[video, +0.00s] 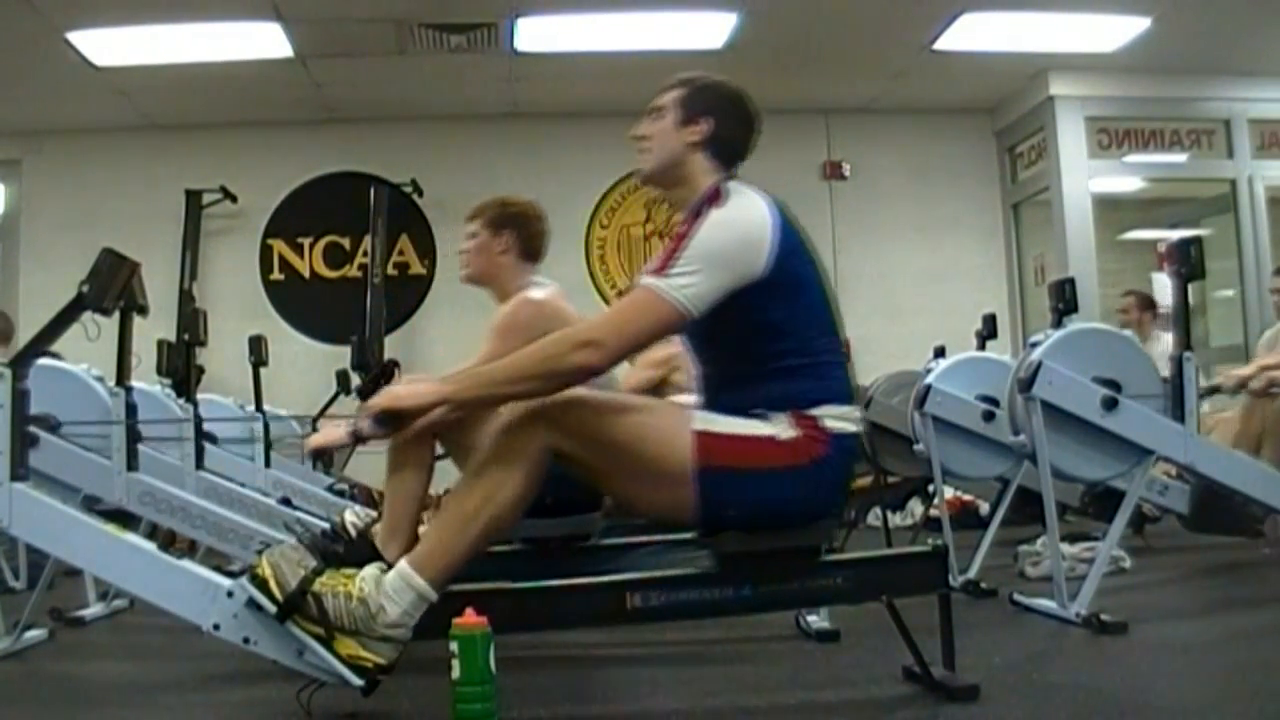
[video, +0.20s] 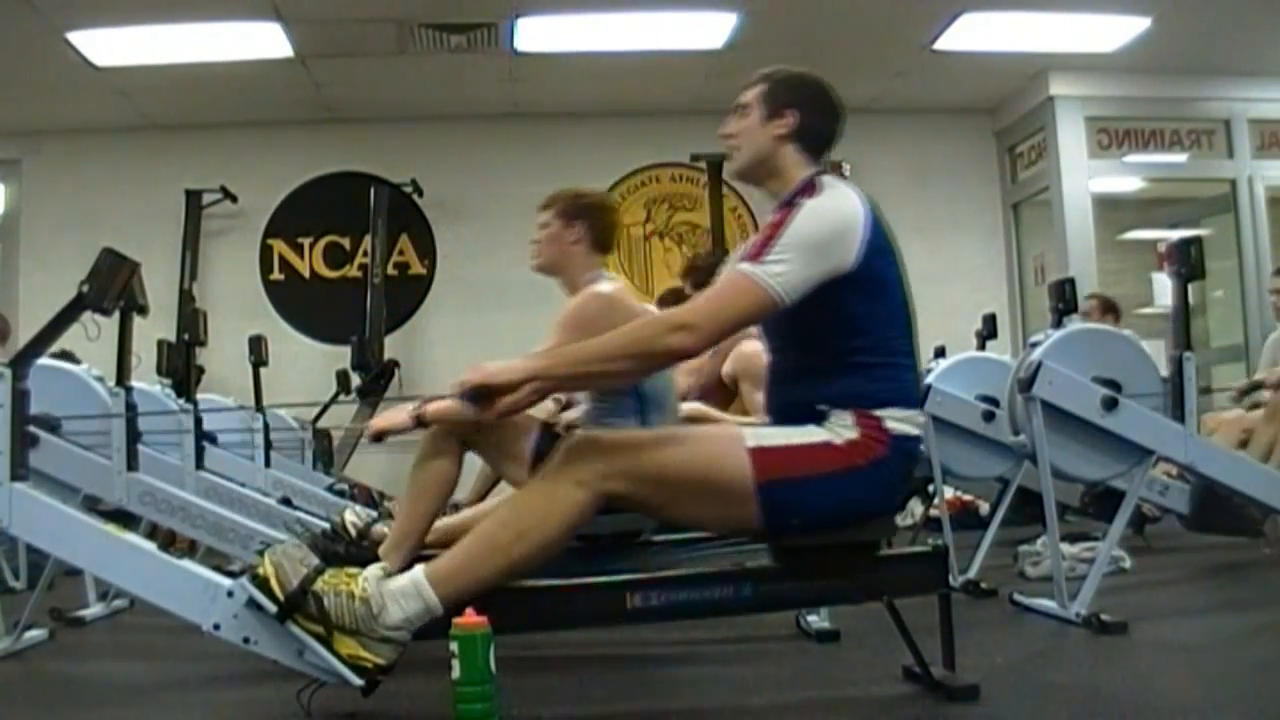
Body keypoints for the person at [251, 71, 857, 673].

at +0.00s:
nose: (636, 134)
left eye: (654, 117)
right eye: (641, 120)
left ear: (700, 131)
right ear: (690, 135)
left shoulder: (738, 219)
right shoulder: (702, 227)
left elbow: (594, 348)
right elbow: (591, 345)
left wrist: (441, 389)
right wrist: (446, 394)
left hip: (797, 448)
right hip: (754, 440)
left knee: (542, 414)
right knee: (527, 418)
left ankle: (388, 609)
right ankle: (386, 598)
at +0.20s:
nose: (724, 134)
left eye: (739, 117)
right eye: (730, 121)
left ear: (788, 126)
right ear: (784, 131)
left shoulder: (827, 211)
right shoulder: (790, 218)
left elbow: (688, 333)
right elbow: (680, 329)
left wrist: (530, 372)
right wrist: (541, 386)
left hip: (860, 446)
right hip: (822, 439)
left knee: (594, 457)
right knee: (583, 460)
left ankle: (396, 610)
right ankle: (390, 592)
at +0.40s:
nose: (799, 133)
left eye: (814, 117)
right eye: (802, 119)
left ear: (864, 125)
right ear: (846, 129)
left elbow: (783, 335)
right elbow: (753, 340)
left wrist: (621, 361)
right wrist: (619, 374)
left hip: (888, 444)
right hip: (837, 437)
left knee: (637, 507)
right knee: (617, 501)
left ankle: (400, 610)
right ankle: (398, 600)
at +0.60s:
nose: (838, 137)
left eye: (850, 119)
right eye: (839, 122)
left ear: (900, 124)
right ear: (887, 127)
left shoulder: (933, 204)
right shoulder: (882, 221)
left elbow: (883, 347)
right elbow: (816, 342)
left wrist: (721, 355)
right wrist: (700, 354)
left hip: (886, 437)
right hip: (847, 432)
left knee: (635, 536)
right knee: (623, 530)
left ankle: (397, 610)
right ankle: (401, 604)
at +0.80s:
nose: (836, 143)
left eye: (848, 124)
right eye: (837, 128)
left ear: (899, 122)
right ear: (892, 127)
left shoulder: (934, 199)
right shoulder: (892, 217)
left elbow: (975, 342)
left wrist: (821, 346)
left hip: (885, 440)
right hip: (849, 433)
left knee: (645, 524)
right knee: (633, 517)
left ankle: (398, 612)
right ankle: (397, 604)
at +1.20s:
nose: (796, 136)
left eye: (808, 118)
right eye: (798, 122)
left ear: (853, 120)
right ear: (851, 127)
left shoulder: (902, 205)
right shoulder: (857, 221)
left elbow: (949, 366)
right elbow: (845, 369)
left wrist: (791, 377)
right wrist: (739, 397)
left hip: (885, 442)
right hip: (839, 434)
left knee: (638, 517)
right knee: (606, 501)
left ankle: (398, 611)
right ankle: (394, 597)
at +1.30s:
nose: (770, 137)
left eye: (781, 120)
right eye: (772, 123)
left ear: (828, 122)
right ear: (828, 128)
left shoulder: (879, 204)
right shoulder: (836, 222)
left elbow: (873, 378)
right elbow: (827, 377)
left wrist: (714, 396)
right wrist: (704, 395)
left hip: (880, 444)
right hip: (840, 438)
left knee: (627, 506)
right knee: (604, 497)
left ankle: (397, 608)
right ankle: (392, 601)